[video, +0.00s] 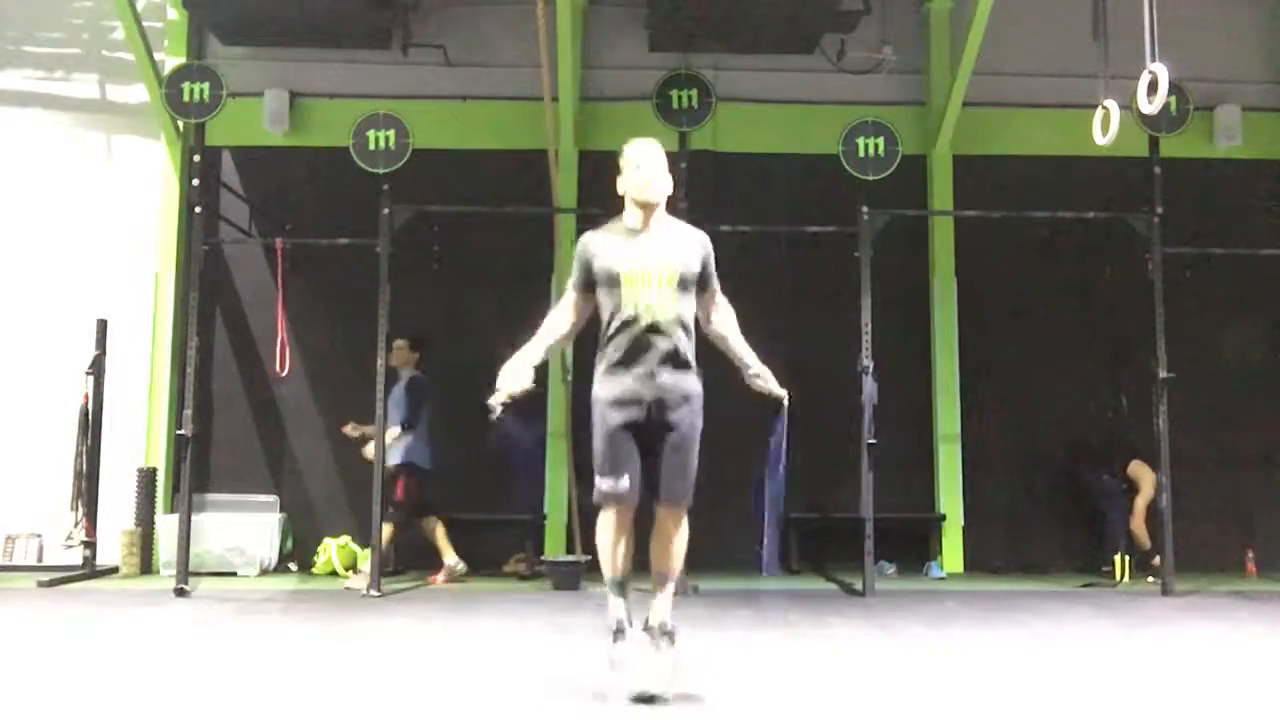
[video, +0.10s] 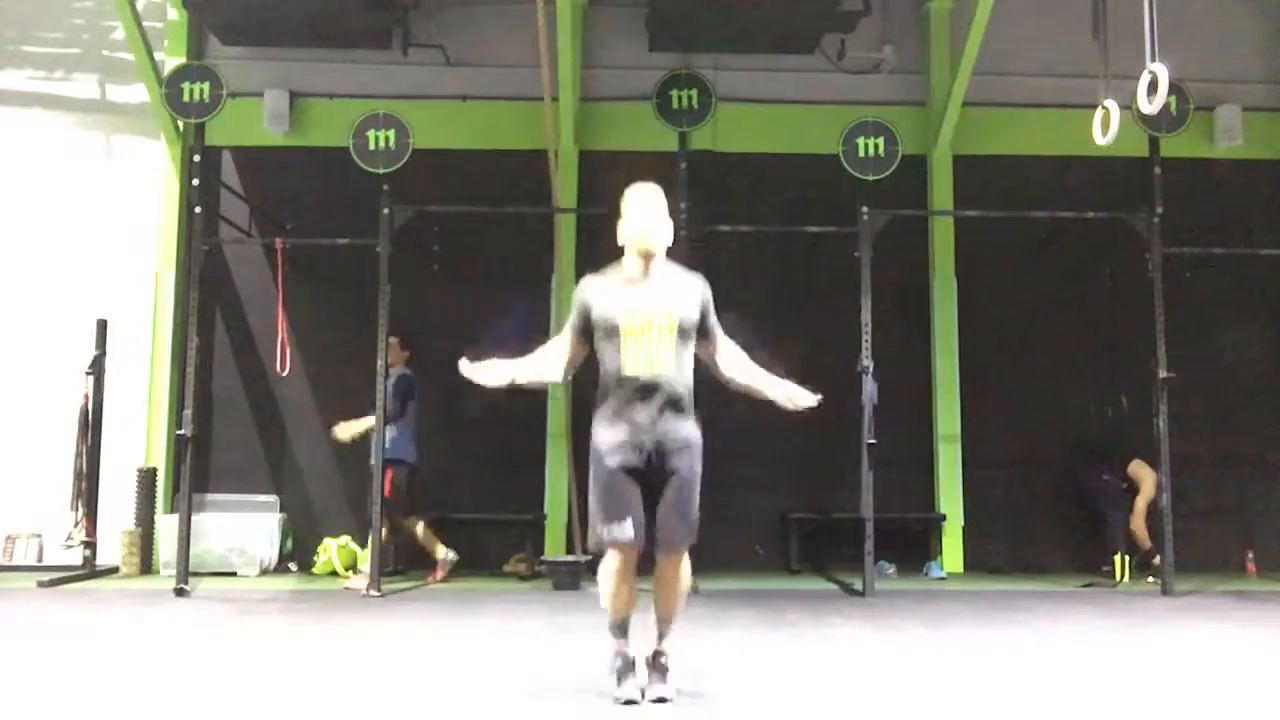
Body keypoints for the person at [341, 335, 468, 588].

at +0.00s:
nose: (392, 354)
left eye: (398, 349)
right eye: (393, 349)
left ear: (414, 355)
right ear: (395, 355)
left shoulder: (416, 383)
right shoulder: (400, 385)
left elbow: (409, 425)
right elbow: (392, 425)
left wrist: (380, 443)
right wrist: (364, 430)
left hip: (409, 459)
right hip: (401, 459)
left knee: (390, 516)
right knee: (423, 513)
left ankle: (369, 572)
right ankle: (452, 561)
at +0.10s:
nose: (386, 352)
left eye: (391, 347)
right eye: (386, 347)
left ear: (404, 354)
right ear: (391, 353)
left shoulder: (403, 379)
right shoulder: (392, 379)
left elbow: (394, 412)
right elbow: (385, 415)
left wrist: (359, 426)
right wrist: (355, 427)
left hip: (396, 454)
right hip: (387, 453)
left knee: (391, 511)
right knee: (387, 512)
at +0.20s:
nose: (379, 355)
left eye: (385, 350)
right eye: (377, 350)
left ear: (396, 353)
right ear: (375, 353)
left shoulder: (393, 379)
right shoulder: (385, 381)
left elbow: (369, 406)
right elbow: (374, 422)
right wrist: (344, 428)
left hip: (384, 457)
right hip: (374, 456)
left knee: (377, 514)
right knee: (375, 514)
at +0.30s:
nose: (369, 350)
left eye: (375, 345)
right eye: (368, 345)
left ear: (387, 351)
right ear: (366, 350)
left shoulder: (387, 378)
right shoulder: (373, 381)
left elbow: (351, 394)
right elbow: (364, 421)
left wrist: (317, 387)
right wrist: (333, 424)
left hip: (376, 453)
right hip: (364, 453)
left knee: (368, 513)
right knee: (364, 512)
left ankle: (368, 572)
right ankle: (396, 551)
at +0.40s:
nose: (361, 346)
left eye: (368, 342)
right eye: (360, 342)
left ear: (379, 349)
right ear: (360, 348)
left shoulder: (377, 377)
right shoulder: (365, 380)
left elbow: (340, 388)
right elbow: (359, 420)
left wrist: (305, 375)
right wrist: (328, 417)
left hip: (367, 458)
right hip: (352, 458)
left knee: (366, 518)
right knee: (332, 510)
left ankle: (368, 575)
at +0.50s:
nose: (352, 344)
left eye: (359, 340)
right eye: (351, 340)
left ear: (373, 350)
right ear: (350, 349)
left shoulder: (373, 376)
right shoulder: (351, 382)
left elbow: (343, 385)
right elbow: (347, 422)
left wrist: (299, 370)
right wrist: (320, 412)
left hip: (361, 456)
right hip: (340, 455)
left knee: (362, 516)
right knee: (319, 507)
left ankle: (367, 571)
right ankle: (318, 567)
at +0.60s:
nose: (342, 346)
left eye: (349, 342)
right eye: (341, 341)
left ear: (363, 351)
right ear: (339, 349)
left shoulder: (367, 375)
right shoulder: (338, 381)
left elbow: (334, 383)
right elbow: (337, 422)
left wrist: (294, 365)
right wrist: (312, 410)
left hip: (355, 455)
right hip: (329, 455)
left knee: (359, 516)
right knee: (305, 511)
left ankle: (365, 572)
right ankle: (290, 569)